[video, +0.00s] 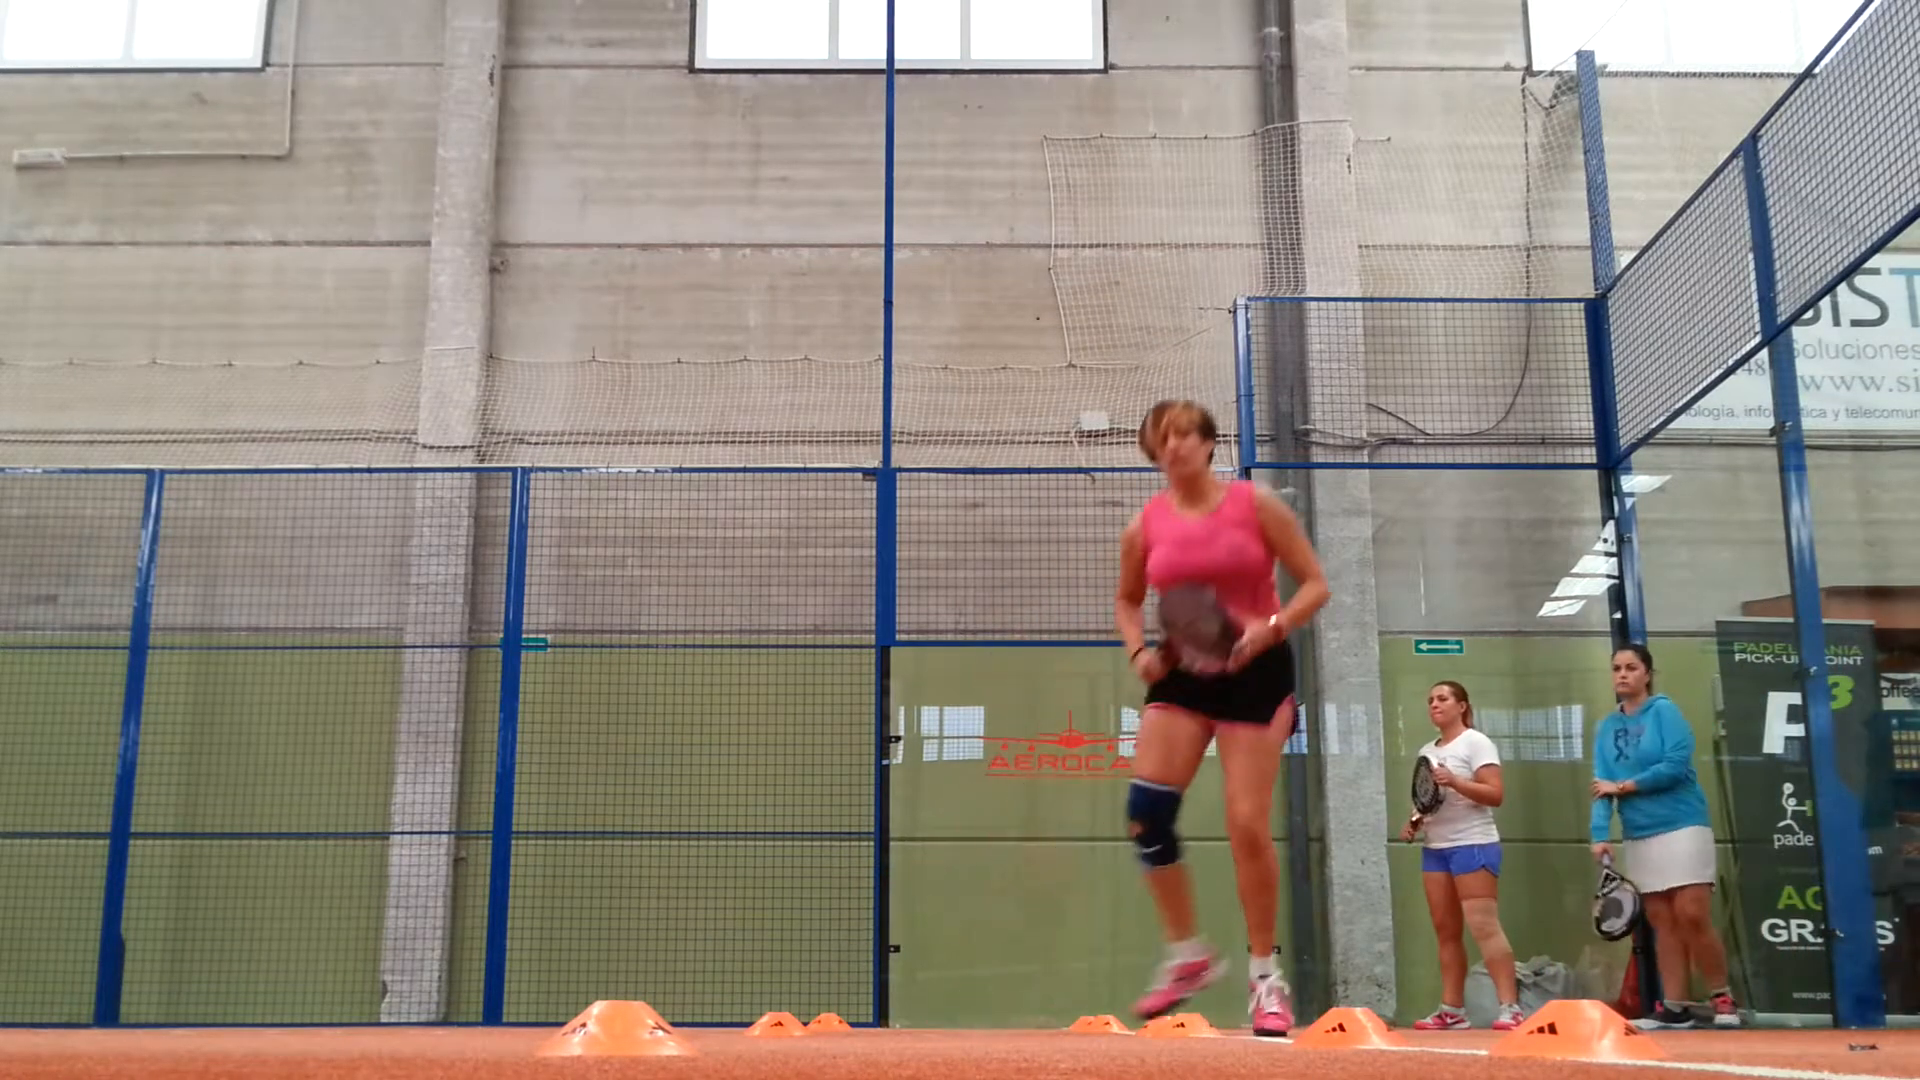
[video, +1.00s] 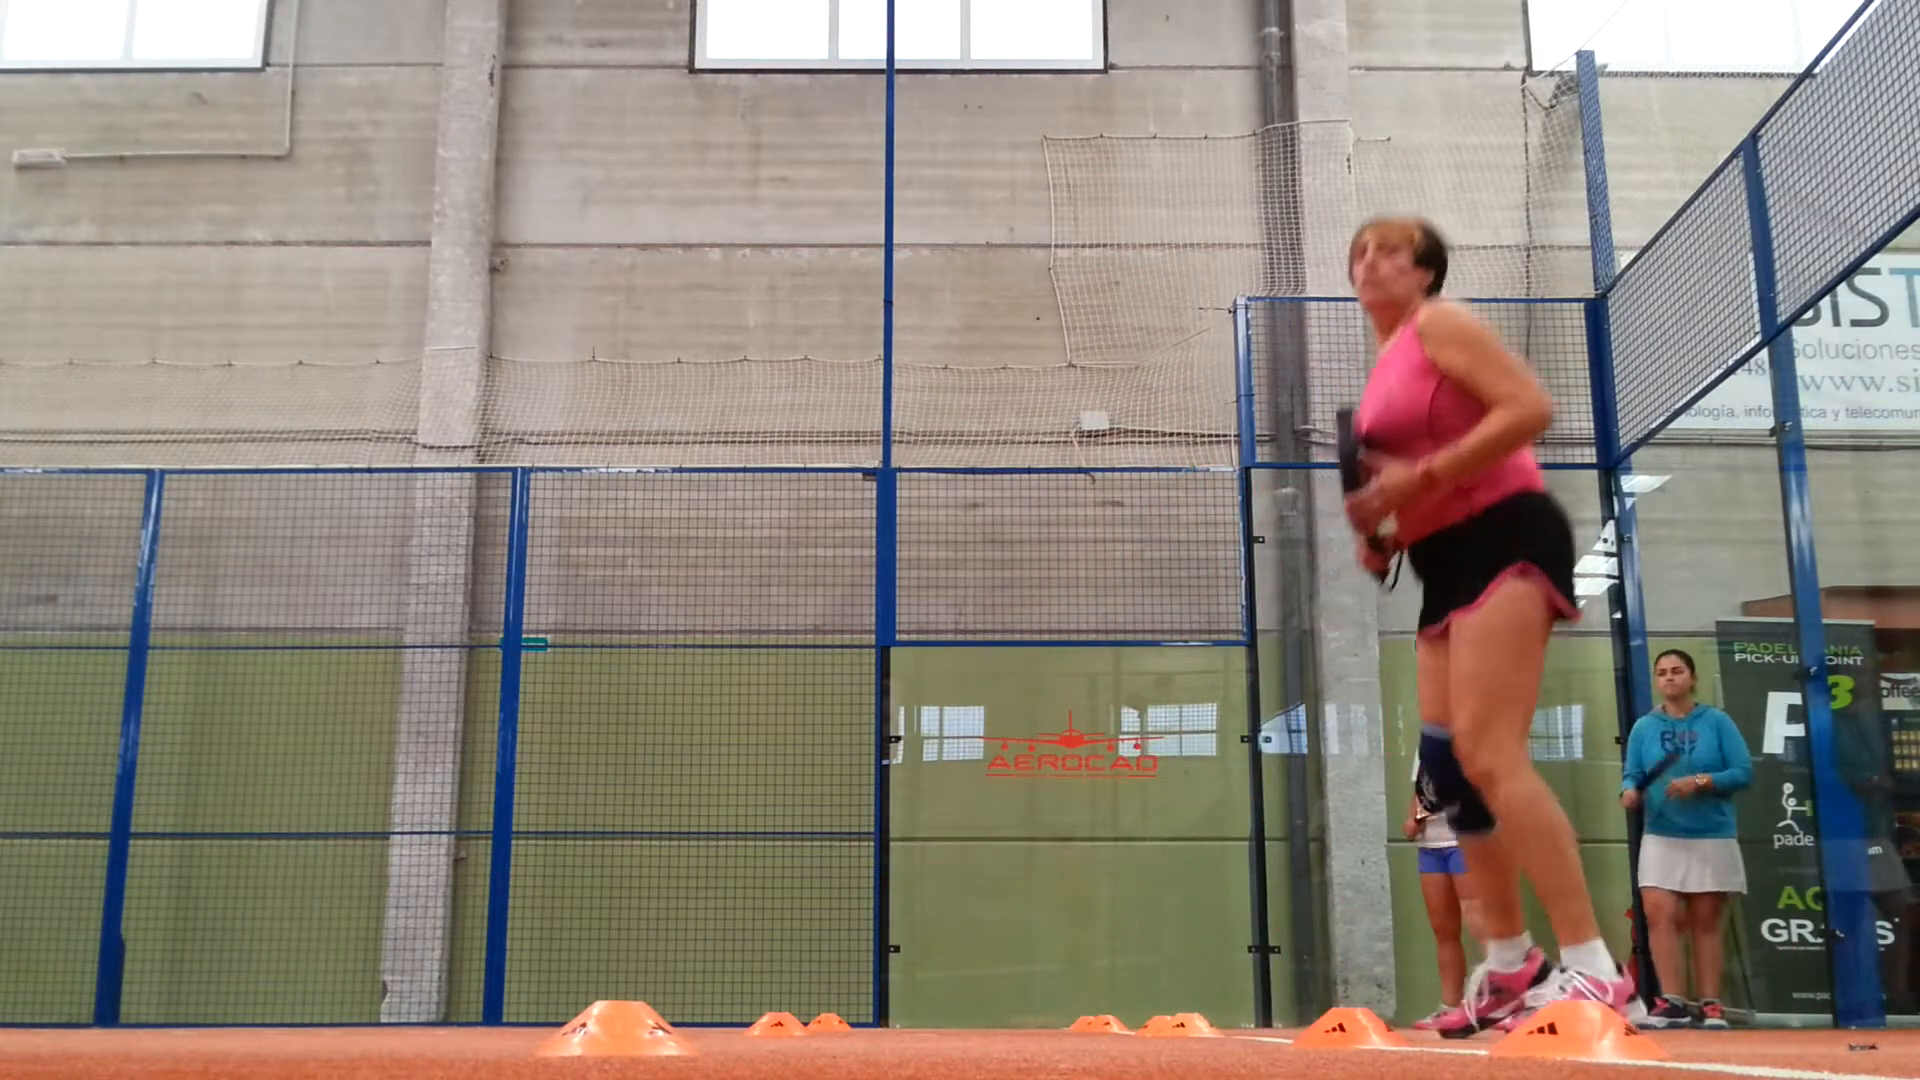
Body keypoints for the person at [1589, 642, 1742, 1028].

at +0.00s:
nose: (1623, 674)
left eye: (1631, 668)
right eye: (1617, 669)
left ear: (1647, 674)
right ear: (1611, 677)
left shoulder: (1665, 710)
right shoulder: (1607, 727)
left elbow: (1677, 766)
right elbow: (1603, 786)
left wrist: (1626, 785)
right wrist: (1599, 836)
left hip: (1682, 823)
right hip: (1640, 832)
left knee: (1690, 912)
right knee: (1660, 920)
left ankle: (1721, 998)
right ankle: (1675, 1007)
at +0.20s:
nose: (1635, 674)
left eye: (1643, 668)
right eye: (1629, 669)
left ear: (1657, 674)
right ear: (1621, 676)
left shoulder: (1679, 713)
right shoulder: (1613, 724)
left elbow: (1696, 762)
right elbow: (1611, 777)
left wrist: (1647, 778)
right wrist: (1615, 825)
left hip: (1690, 829)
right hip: (1643, 835)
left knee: (1700, 917)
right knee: (1662, 920)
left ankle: (1712, 999)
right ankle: (1675, 1006)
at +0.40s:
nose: (1649, 676)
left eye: (1656, 669)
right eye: (1642, 670)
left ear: (1670, 675)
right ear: (1633, 679)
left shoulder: (1691, 714)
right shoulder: (1626, 724)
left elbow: (1710, 765)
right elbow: (1628, 769)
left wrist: (1657, 771)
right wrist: (1629, 818)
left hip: (1699, 828)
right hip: (1654, 832)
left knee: (1704, 918)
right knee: (1665, 919)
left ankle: (1711, 1002)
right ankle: (1673, 1007)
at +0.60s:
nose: (1660, 678)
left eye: (1667, 671)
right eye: (1653, 673)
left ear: (1682, 677)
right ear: (1646, 681)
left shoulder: (1705, 718)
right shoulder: (1638, 725)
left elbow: (1725, 768)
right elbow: (1637, 771)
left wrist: (1670, 772)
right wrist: (1631, 809)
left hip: (1706, 832)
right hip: (1656, 834)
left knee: (1703, 921)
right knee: (1663, 917)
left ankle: (1710, 1004)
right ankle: (1674, 1007)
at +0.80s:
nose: (1668, 677)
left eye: (1675, 671)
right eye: (1661, 673)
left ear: (1690, 678)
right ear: (1653, 682)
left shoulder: (1714, 720)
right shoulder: (1642, 726)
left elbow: (1733, 771)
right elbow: (1634, 777)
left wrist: (1679, 773)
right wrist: (1632, 800)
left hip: (1710, 831)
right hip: (1660, 831)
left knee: (1706, 919)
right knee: (1666, 916)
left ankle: (1710, 1004)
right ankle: (1673, 1005)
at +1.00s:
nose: (1669, 678)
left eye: (1676, 672)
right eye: (1663, 674)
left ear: (1692, 678)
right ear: (1655, 683)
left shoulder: (1716, 721)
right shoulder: (1644, 726)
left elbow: (1743, 772)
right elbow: (1632, 773)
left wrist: (1702, 782)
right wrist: (1630, 790)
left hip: (1710, 838)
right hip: (1660, 838)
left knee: (1706, 919)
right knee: (1659, 916)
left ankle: (1710, 1003)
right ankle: (1672, 1001)